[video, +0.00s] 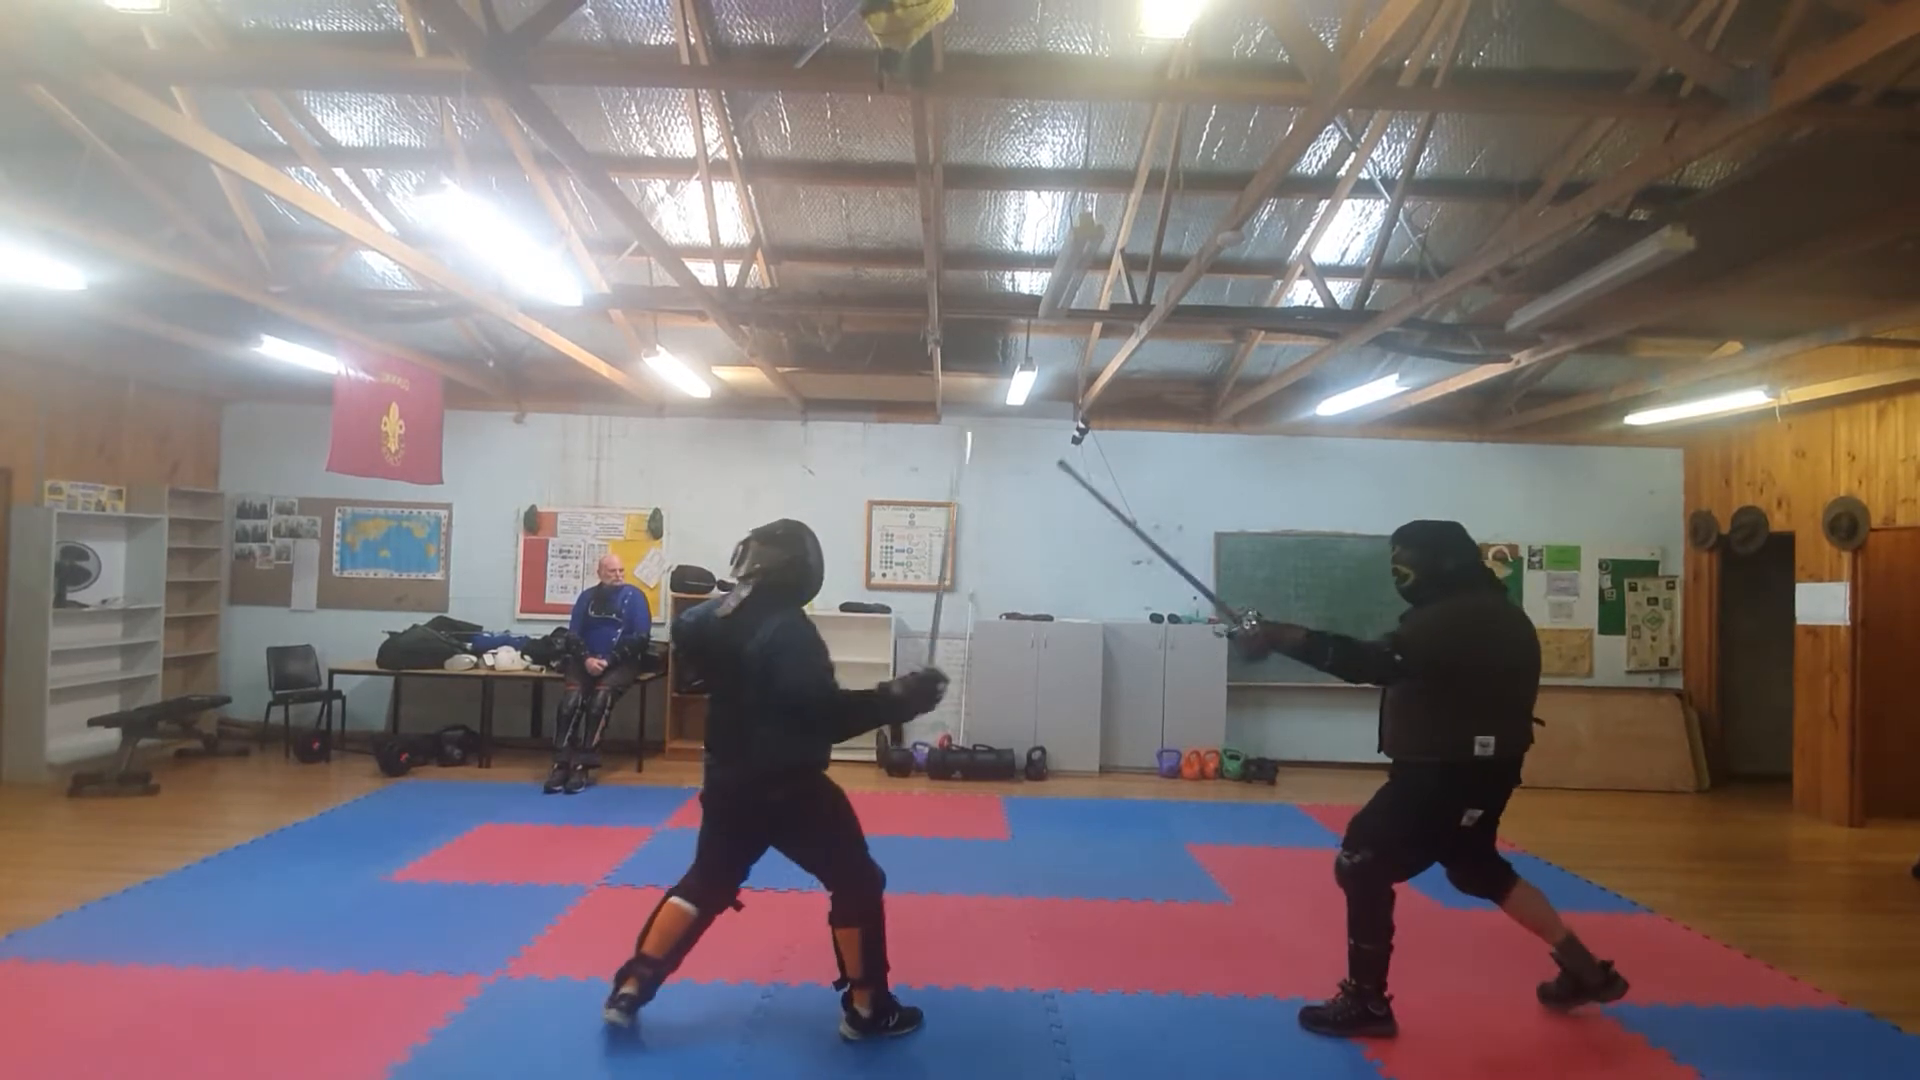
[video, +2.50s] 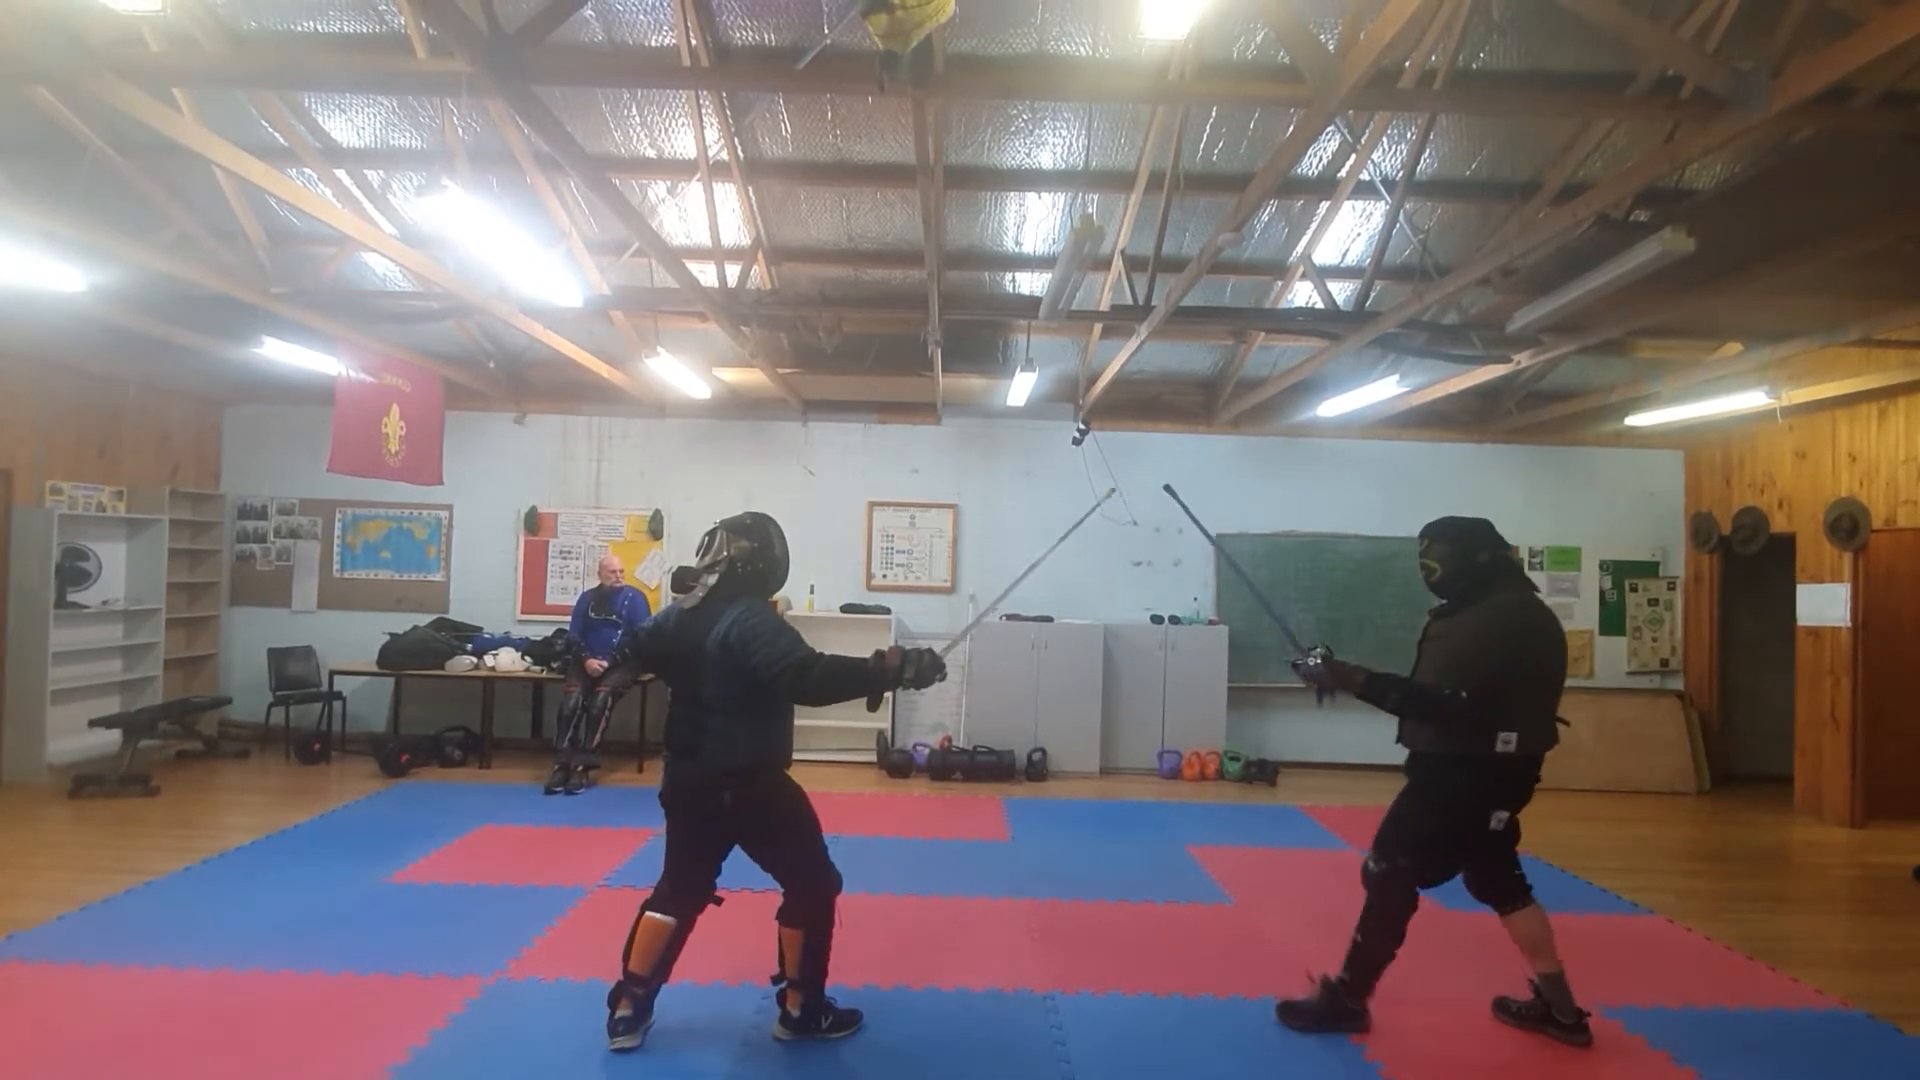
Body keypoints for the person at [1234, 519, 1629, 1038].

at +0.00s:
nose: (1399, 580)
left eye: (1404, 568)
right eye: (1396, 570)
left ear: (1437, 564)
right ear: (1459, 562)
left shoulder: (1446, 619)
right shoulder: (1503, 614)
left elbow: (1380, 663)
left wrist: (1289, 640)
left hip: (1438, 771)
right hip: (1489, 771)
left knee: (1363, 862)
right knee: (1475, 867)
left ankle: (1366, 998)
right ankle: (1586, 968)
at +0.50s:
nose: (1494, 572)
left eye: (1503, 560)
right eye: (1493, 560)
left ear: (1538, 561)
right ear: (1555, 560)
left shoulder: (1540, 621)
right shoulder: (1600, 617)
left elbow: (1510, 701)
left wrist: (1421, 681)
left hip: (1520, 777)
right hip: (1568, 777)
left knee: (1453, 866)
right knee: (1572, 880)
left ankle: (1424, 997)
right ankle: (1621, 1000)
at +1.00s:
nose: (1507, 570)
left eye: (1516, 559)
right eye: (1504, 560)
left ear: (1553, 558)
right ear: (1557, 560)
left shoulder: (1580, 617)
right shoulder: (1541, 611)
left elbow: (1524, 699)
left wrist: (1429, 675)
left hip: (1533, 774)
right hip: (1567, 774)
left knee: (1464, 864)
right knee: (1571, 879)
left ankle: (1449, 1001)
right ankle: (1621, 1001)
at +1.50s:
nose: (1452, 569)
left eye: (1461, 559)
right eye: (1450, 558)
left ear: (1497, 559)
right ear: (1507, 561)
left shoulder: (1500, 619)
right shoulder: (1550, 616)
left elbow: (1459, 694)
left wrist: (1362, 666)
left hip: (1468, 766)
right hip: (1504, 768)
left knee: (1406, 866)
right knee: (1464, 863)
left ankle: (1393, 998)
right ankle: (1545, 981)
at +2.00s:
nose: (1468, 572)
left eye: (1478, 561)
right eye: (1465, 561)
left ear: (1515, 558)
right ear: (1523, 560)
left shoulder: (1529, 615)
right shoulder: (1568, 611)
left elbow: (1484, 697)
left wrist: (1397, 676)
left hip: (1492, 771)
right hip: (1526, 772)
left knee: (1432, 869)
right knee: (1513, 876)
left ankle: (1404, 998)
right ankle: (1558, 1002)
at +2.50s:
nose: (1427, 573)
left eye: (1436, 562)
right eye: (1424, 564)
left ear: (1473, 557)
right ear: (1481, 560)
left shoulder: (1484, 619)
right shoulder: (1525, 612)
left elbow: (1447, 705)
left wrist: (1356, 680)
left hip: (1457, 772)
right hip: (1504, 772)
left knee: (1391, 872)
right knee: (1497, 877)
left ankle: (1348, 997)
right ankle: (1558, 1003)